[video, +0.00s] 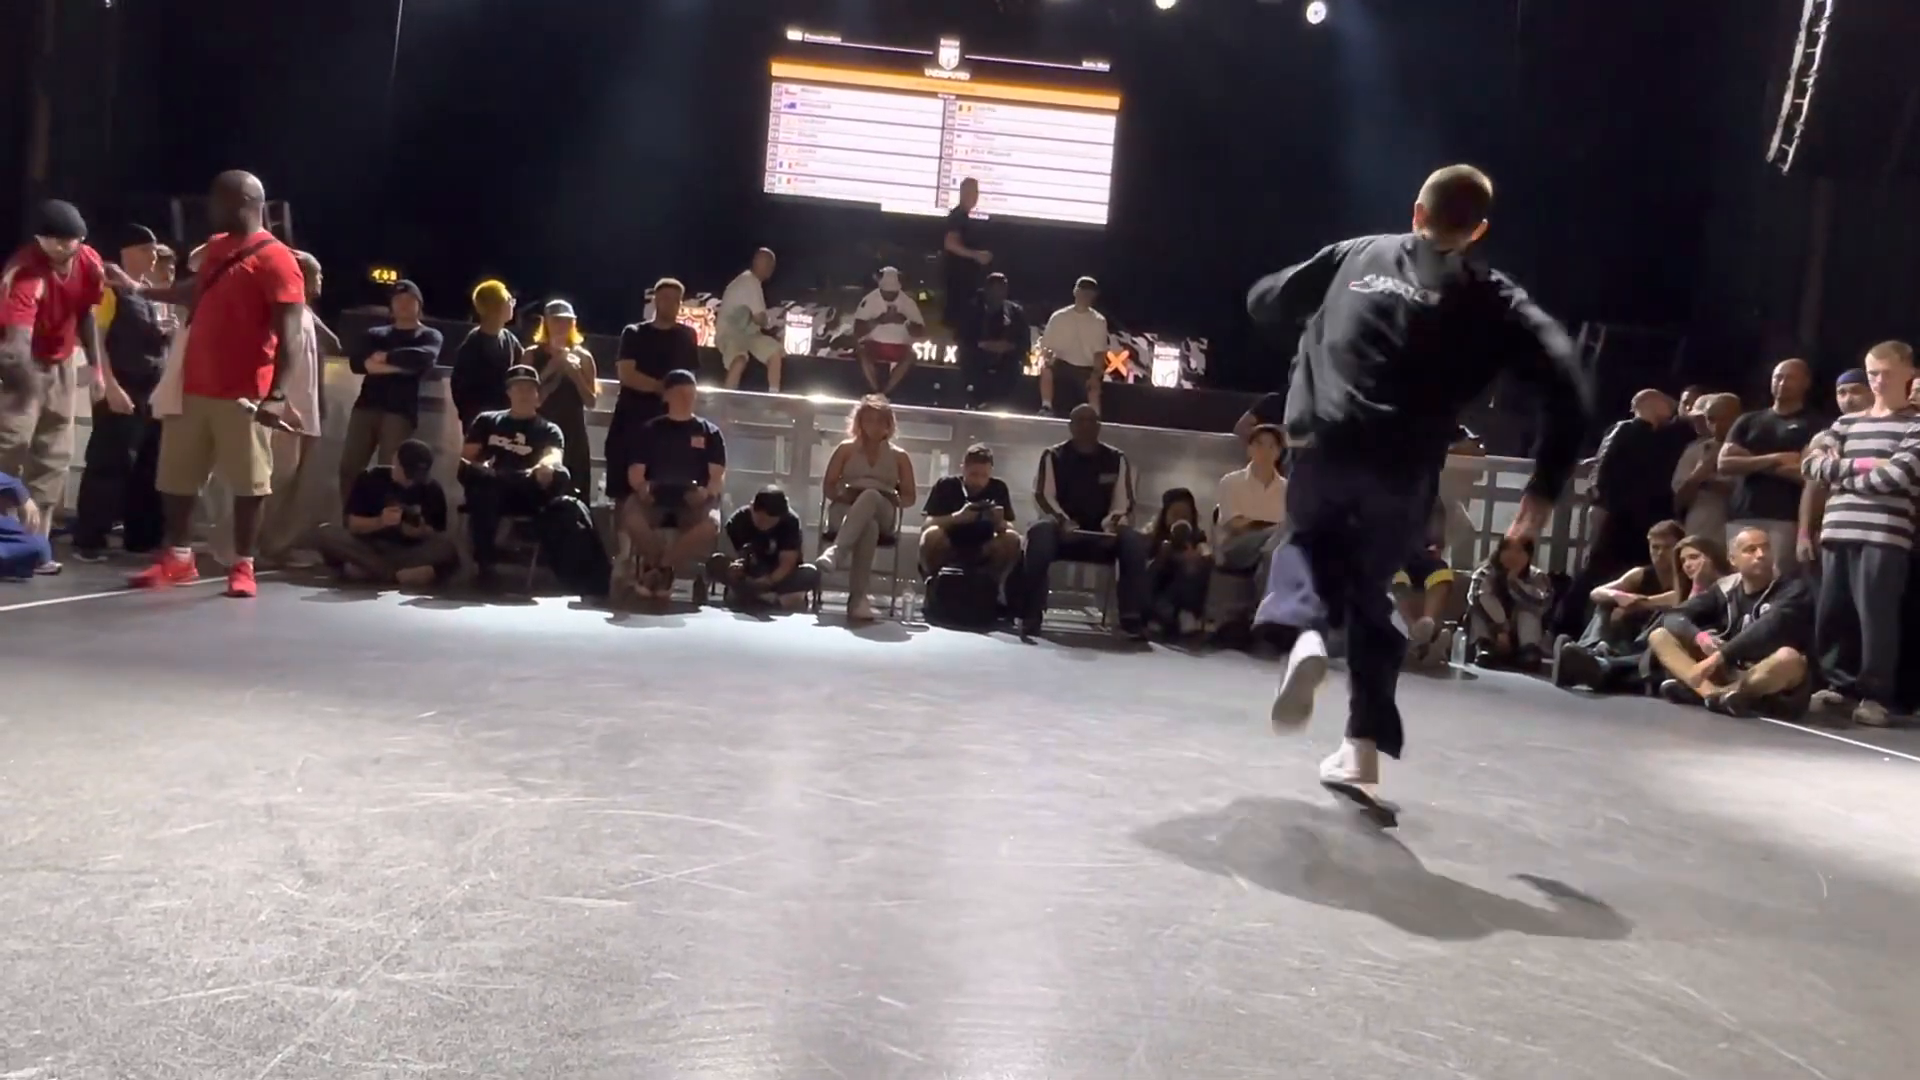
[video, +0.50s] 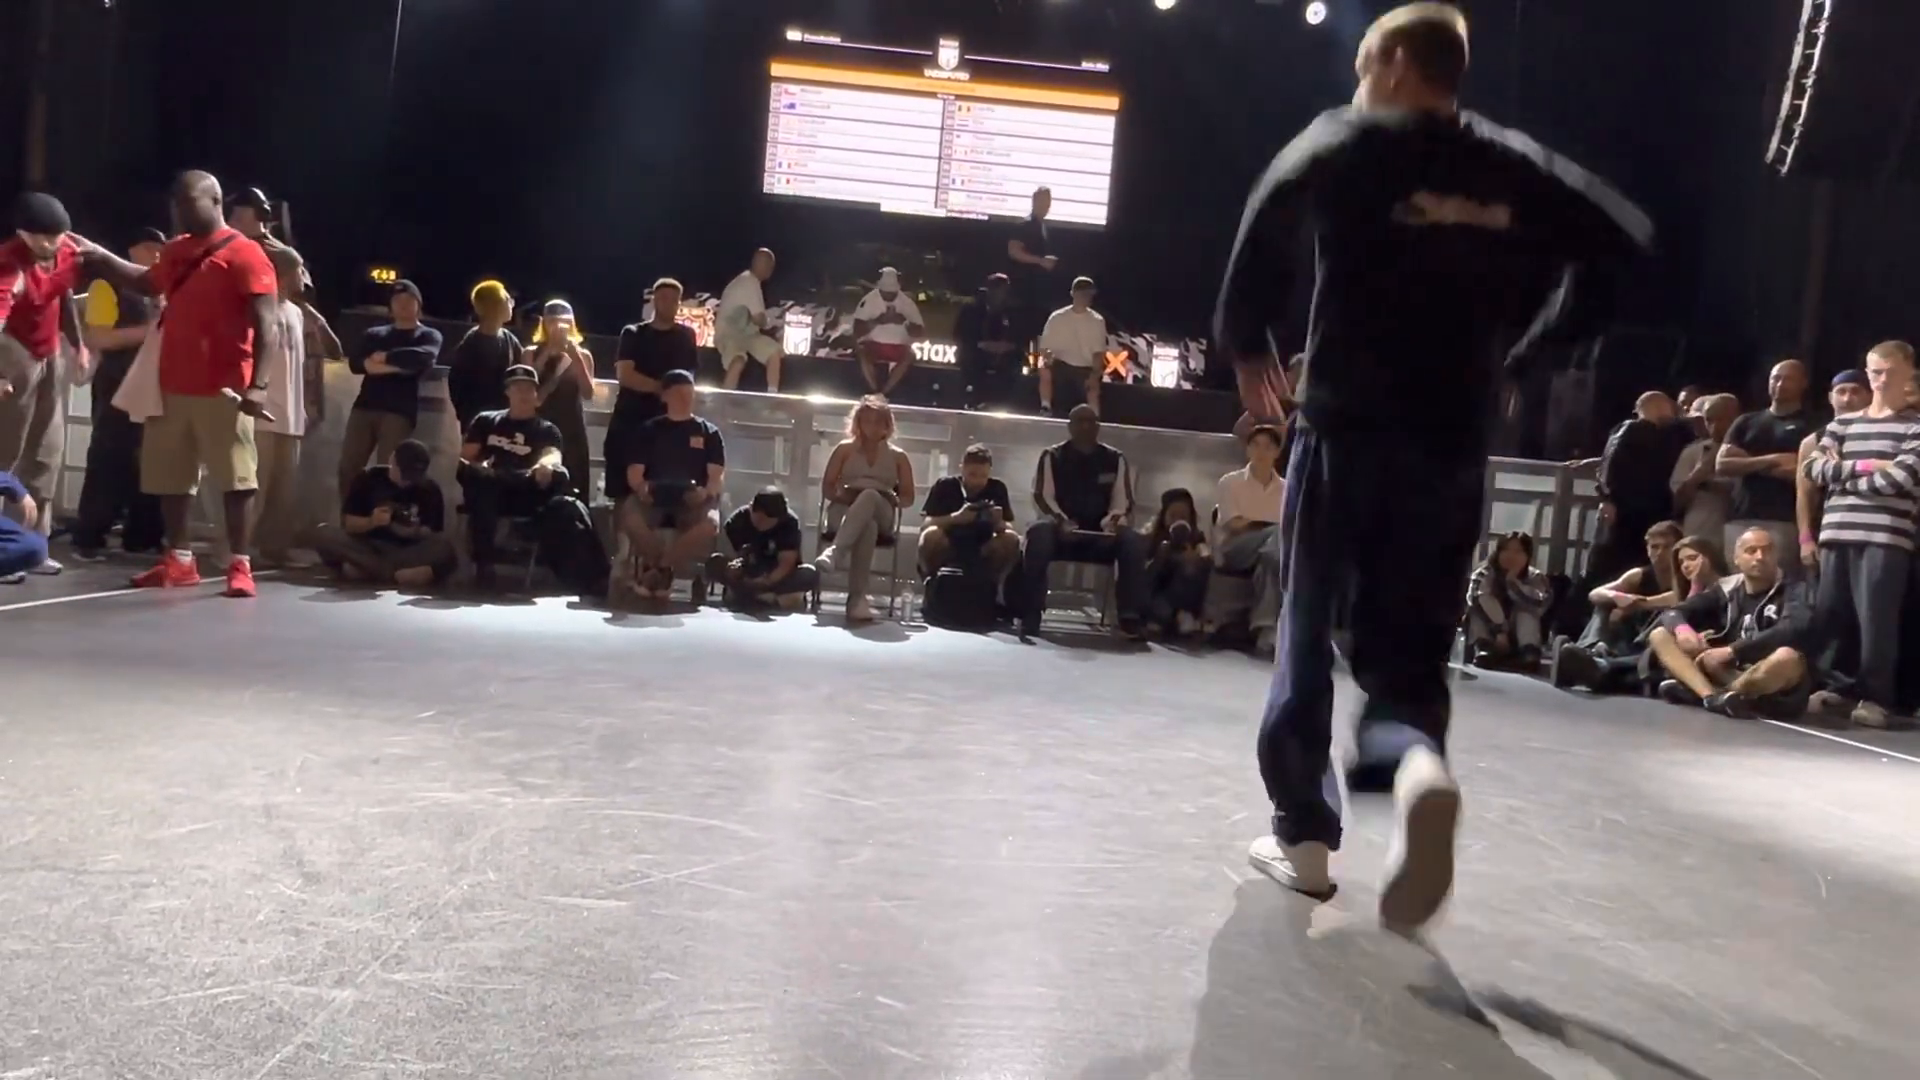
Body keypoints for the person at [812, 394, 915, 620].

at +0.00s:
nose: (877, 426)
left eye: (882, 421)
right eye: (871, 420)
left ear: (889, 425)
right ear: (860, 423)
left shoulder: (899, 457)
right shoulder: (846, 449)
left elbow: (909, 498)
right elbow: (829, 488)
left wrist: (885, 495)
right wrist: (851, 497)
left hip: (884, 517)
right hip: (844, 513)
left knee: (870, 496)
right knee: (869, 525)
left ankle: (835, 551)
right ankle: (858, 599)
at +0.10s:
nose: (876, 426)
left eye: (882, 421)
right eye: (871, 420)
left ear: (889, 425)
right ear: (859, 423)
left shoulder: (899, 456)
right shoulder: (846, 450)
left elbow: (909, 498)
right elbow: (829, 488)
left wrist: (888, 496)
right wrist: (850, 497)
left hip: (883, 517)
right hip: (844, 512)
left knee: (870, 495)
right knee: (869, 525)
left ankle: (835, 551)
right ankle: (858, 598)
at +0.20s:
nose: (875, 426)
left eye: (881, 421)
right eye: (870, 420)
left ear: (888, 425)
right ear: (859, 423)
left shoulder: (898, 456)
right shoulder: (846, 450)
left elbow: (909, 498)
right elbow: (828, 488)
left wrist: (887, 496)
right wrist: (851, 497)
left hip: (883, 517)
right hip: (843, 512)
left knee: (870, 495)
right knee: (869, 525)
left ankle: (835, 552)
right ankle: (858, 598)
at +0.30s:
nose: (878, 426)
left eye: (883, 422)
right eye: (872, 421)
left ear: (889, 425)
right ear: (860, 423)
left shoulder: (898, 457)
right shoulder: (845, 450)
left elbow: (908, 498)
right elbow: (828, 489)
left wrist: (885, 497)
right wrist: (853, 498)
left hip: (883, 517)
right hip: (843, 512)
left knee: (869, 496)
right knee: (868, 524)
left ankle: (834, 551)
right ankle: (857, 598)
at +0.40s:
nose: (877, 427)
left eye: (882, 422)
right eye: (871, 421)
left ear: (889, 426)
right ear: (859, 423)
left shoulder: (898, 457)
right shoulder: (845, 450)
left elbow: (908, 498)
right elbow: (828, 489)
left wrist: (885, 497)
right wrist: (853, 499)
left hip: (883, 517)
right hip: (843, 512)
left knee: (869, 496)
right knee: (867, 524)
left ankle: (834, 551)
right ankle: (857, 599)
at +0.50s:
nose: (875, 427)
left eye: (881, 422)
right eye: (869, 421)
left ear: (889, 426)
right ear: (858, 424)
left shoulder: (898, 457)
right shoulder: (845, 450)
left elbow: (908, 498)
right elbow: (828, 489)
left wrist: (885, 497)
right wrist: (852, 500)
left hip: (882, 518)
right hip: (843, 512)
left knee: (869, 496)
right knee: (867, 524)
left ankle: (834, 551)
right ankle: (857, 600)